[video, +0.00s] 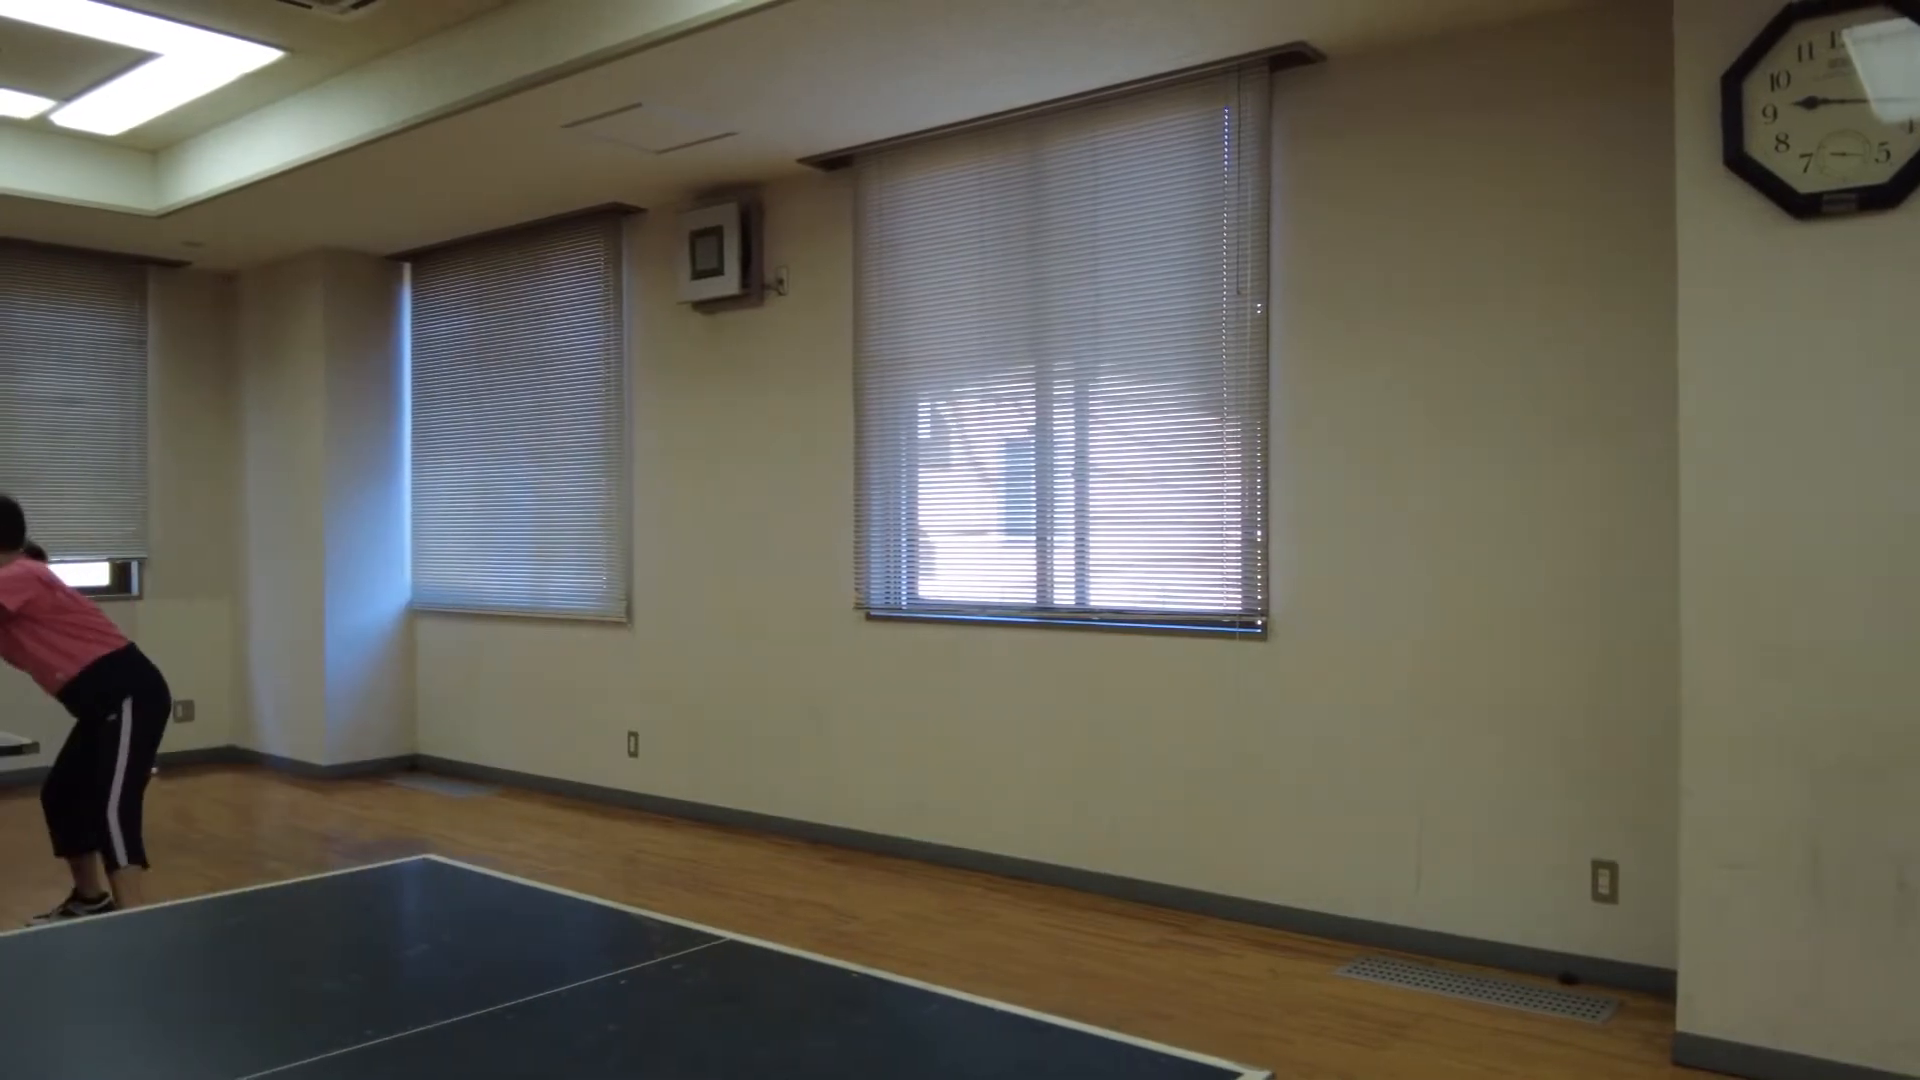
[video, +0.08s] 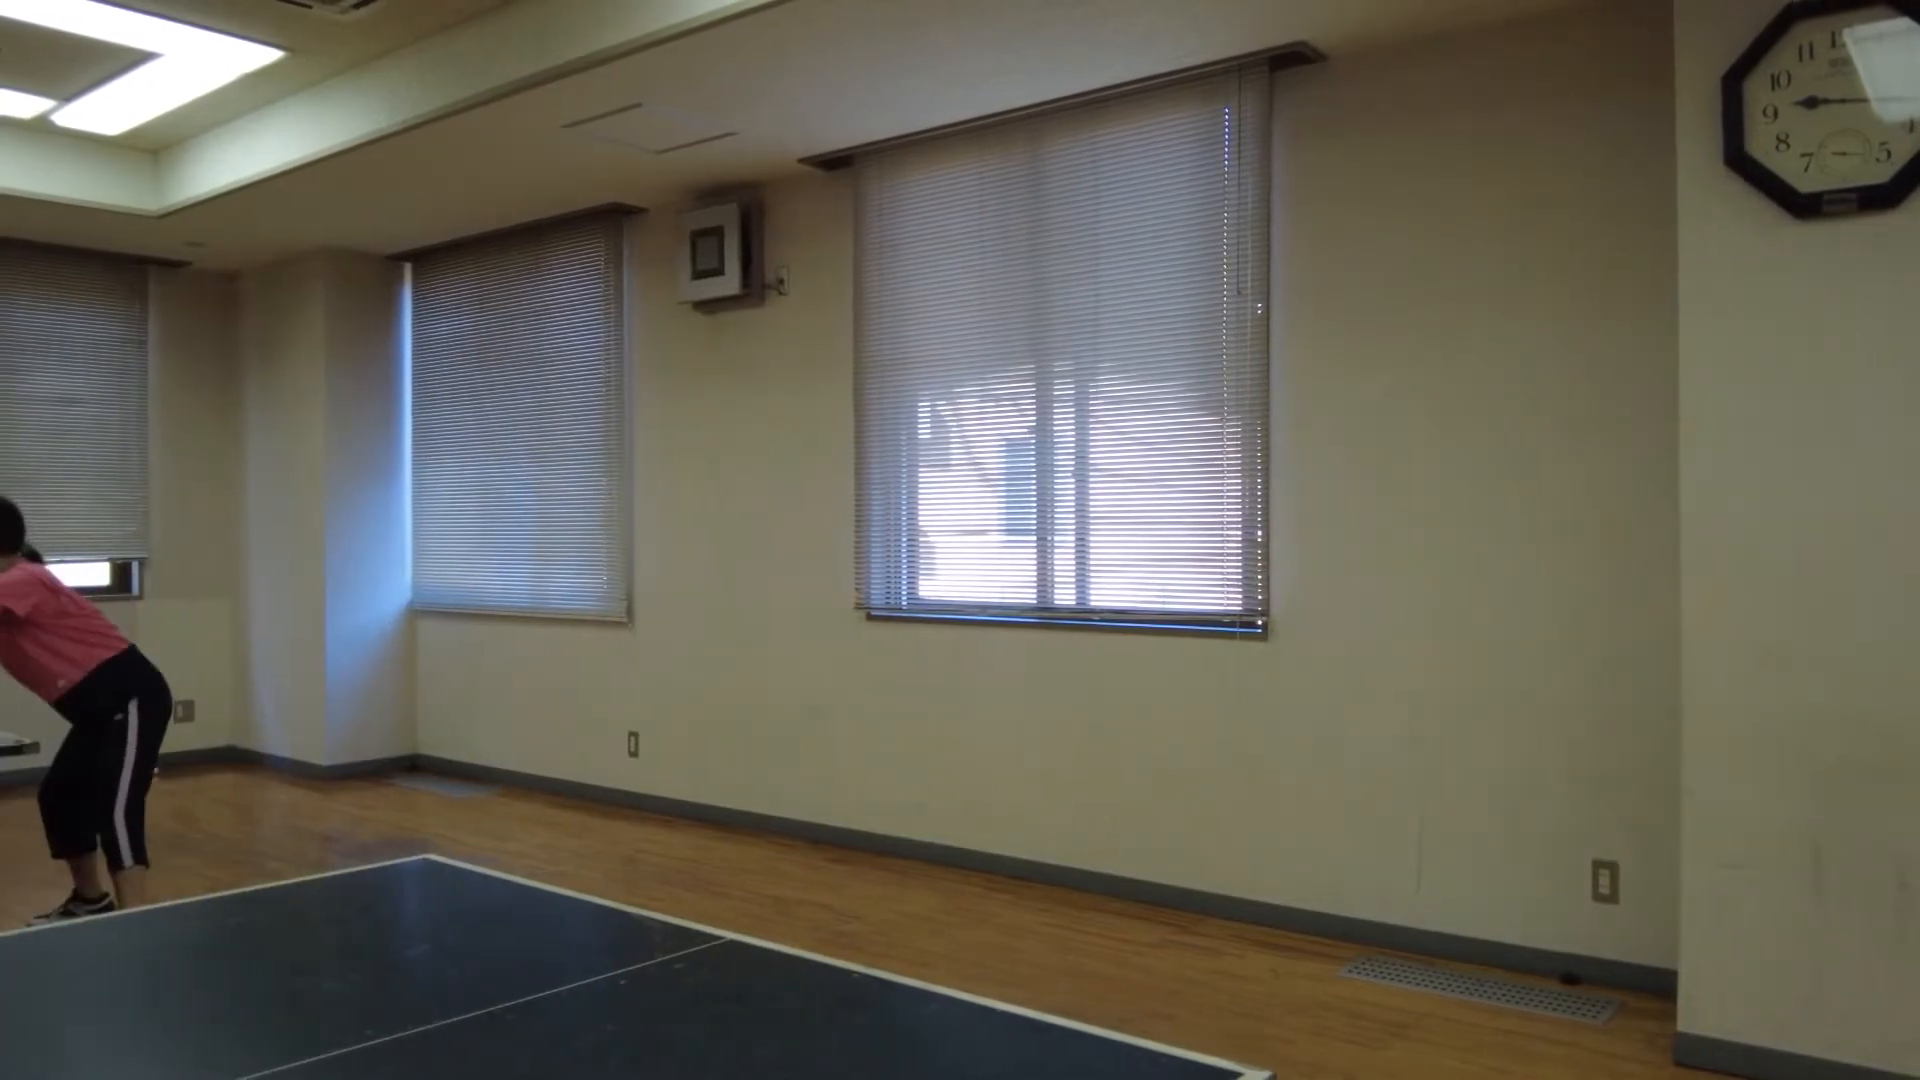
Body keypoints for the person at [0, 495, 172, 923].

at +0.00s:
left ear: (1, 538)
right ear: (18, 536)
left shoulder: (24, 574)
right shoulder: (16, 580)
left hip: (130, 694)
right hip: (101, 703)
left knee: (113, 807)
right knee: (62, 794)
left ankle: (135, 921)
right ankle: (90, 895)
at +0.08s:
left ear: (1, 539)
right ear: (17, 538)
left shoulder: (26, 577)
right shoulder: (12, 585)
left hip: (132, 696)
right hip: (98, 706)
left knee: (118, 808)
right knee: (60, 796)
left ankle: (136, 922)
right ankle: (90, 896)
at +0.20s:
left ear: (6, 535)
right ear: (17, 534)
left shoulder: (35, 578)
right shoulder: (13, 587)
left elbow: (7, 633)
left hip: (128, 699)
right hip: (89, 712)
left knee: (111, 811)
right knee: (55, 801)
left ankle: (137, 921)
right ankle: (91, 896)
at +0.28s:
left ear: (10, 532)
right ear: (16, 533)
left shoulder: (40, 576)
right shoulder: (11, 592)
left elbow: (21, 645)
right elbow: (14, 651)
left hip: (120, 697)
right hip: (79, 714)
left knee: (96, 812)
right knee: (48, 800)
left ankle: (127, 915)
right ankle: (87, 895)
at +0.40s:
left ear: (17, 527)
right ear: (19, 528)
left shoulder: (43, 575)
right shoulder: (30, 580)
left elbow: (12, 648)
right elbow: (19, 658)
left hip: (113, 702)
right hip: (83, 710)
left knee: (81, 821)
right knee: (44, 799)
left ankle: (104, 920)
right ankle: (67, 904)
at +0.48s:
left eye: (0, 522)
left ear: (22, 527)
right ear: (22, 528)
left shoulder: (43, 575)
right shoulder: (35, 578)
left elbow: (4, 645)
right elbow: (12, 666)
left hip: (109, 707)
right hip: (81, 712)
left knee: (72, 827)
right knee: (46, 819)